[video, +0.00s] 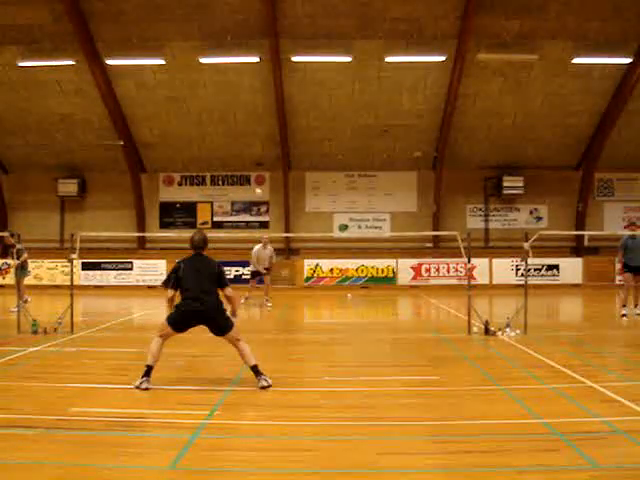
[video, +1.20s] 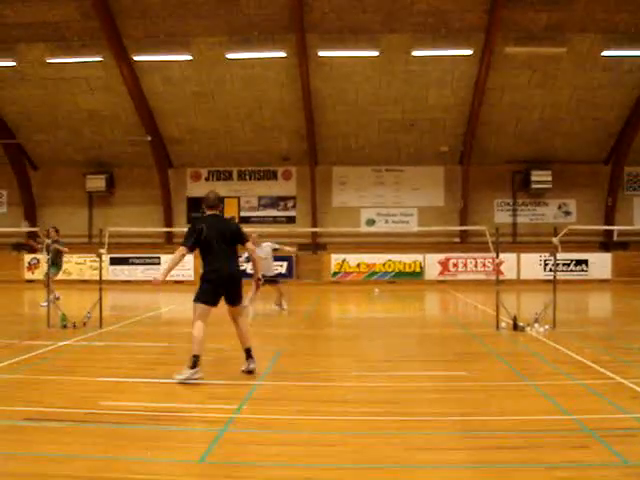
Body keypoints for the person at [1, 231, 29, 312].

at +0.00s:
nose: (6, 241)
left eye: (7, 238)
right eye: (5, 239)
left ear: (12, 238)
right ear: (5, 240)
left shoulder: (19, 247)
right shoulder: (11, 249)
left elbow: (25, 255)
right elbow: (10, 258)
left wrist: (18, 261)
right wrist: (6, 263)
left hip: (23, 268)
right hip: (17, 267)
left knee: (20, 286)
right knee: (18, 285)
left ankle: (19, 304)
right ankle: (24, 298)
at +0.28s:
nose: (8, 239)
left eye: (9, 237)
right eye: (7, 237)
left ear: (15, 237)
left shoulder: (21, 247)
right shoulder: (13, 248)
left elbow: (27, 254)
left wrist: (20, 262)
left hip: (24, 268)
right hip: (20, 267)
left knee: (21, 286)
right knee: (20, 285)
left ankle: (21, 304)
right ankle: (25, 298)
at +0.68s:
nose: (18, 237)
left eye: (20, 235)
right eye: (17, 235)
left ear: (24, 236)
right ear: (17, 236)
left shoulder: (28, 245)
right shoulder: (19, 245)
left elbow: (33, 252)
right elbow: (9, 246)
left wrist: (28, 259)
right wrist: (2, 250)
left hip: (31, 266)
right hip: (27, 266)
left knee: (28, 284)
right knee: (27, 283)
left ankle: (28, 303)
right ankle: (33, 297)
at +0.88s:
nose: (26, 235)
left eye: (27, 233)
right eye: (25, 233)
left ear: (32, 234)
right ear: (24, 235)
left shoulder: (36, 243)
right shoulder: (26, 243)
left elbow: (42, 250)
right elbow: (17, 245)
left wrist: (37, 255)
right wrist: (8, 249)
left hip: (39, 265)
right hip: (34, 265)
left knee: (35, 283)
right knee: (34, 283)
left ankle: (35, 302)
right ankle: (40, 296)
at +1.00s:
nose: (33, 234)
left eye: (35, 231)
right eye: (32, 231)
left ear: (39, 232)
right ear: (31, 232)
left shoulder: (44, 240)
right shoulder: (32, 241)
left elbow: (52, 248)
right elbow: (24, 245)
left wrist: (44, 252)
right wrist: (14, 247)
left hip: (46, 263)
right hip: (40, 263)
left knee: (40, 280)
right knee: (39, 279)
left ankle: (41, 301)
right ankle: (47, 294)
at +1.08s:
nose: (41, 233)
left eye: (43, 231)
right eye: (41, 231)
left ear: (48, 232)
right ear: (41, 232)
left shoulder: (52, 241)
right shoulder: (43, 241)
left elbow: (61, 249)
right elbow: (36, 247)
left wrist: (51, 250)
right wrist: (26, 246)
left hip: (54, 264)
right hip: (49, 263)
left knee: (45, 280)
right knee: (45, 279)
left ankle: (47, 300)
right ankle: (54, 293)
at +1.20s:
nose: (50, 234)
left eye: (52, 232)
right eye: (50, 232)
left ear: (56, 233)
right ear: (49, 234)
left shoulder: (60, 242)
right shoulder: (50, 242)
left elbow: (66, 250)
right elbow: (44, 240)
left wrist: (56, 246)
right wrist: (39, 232)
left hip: (57, 264)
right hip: (50, 264)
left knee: (48, 279)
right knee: (46, 279)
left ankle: (49, 299)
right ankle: (54, 294)